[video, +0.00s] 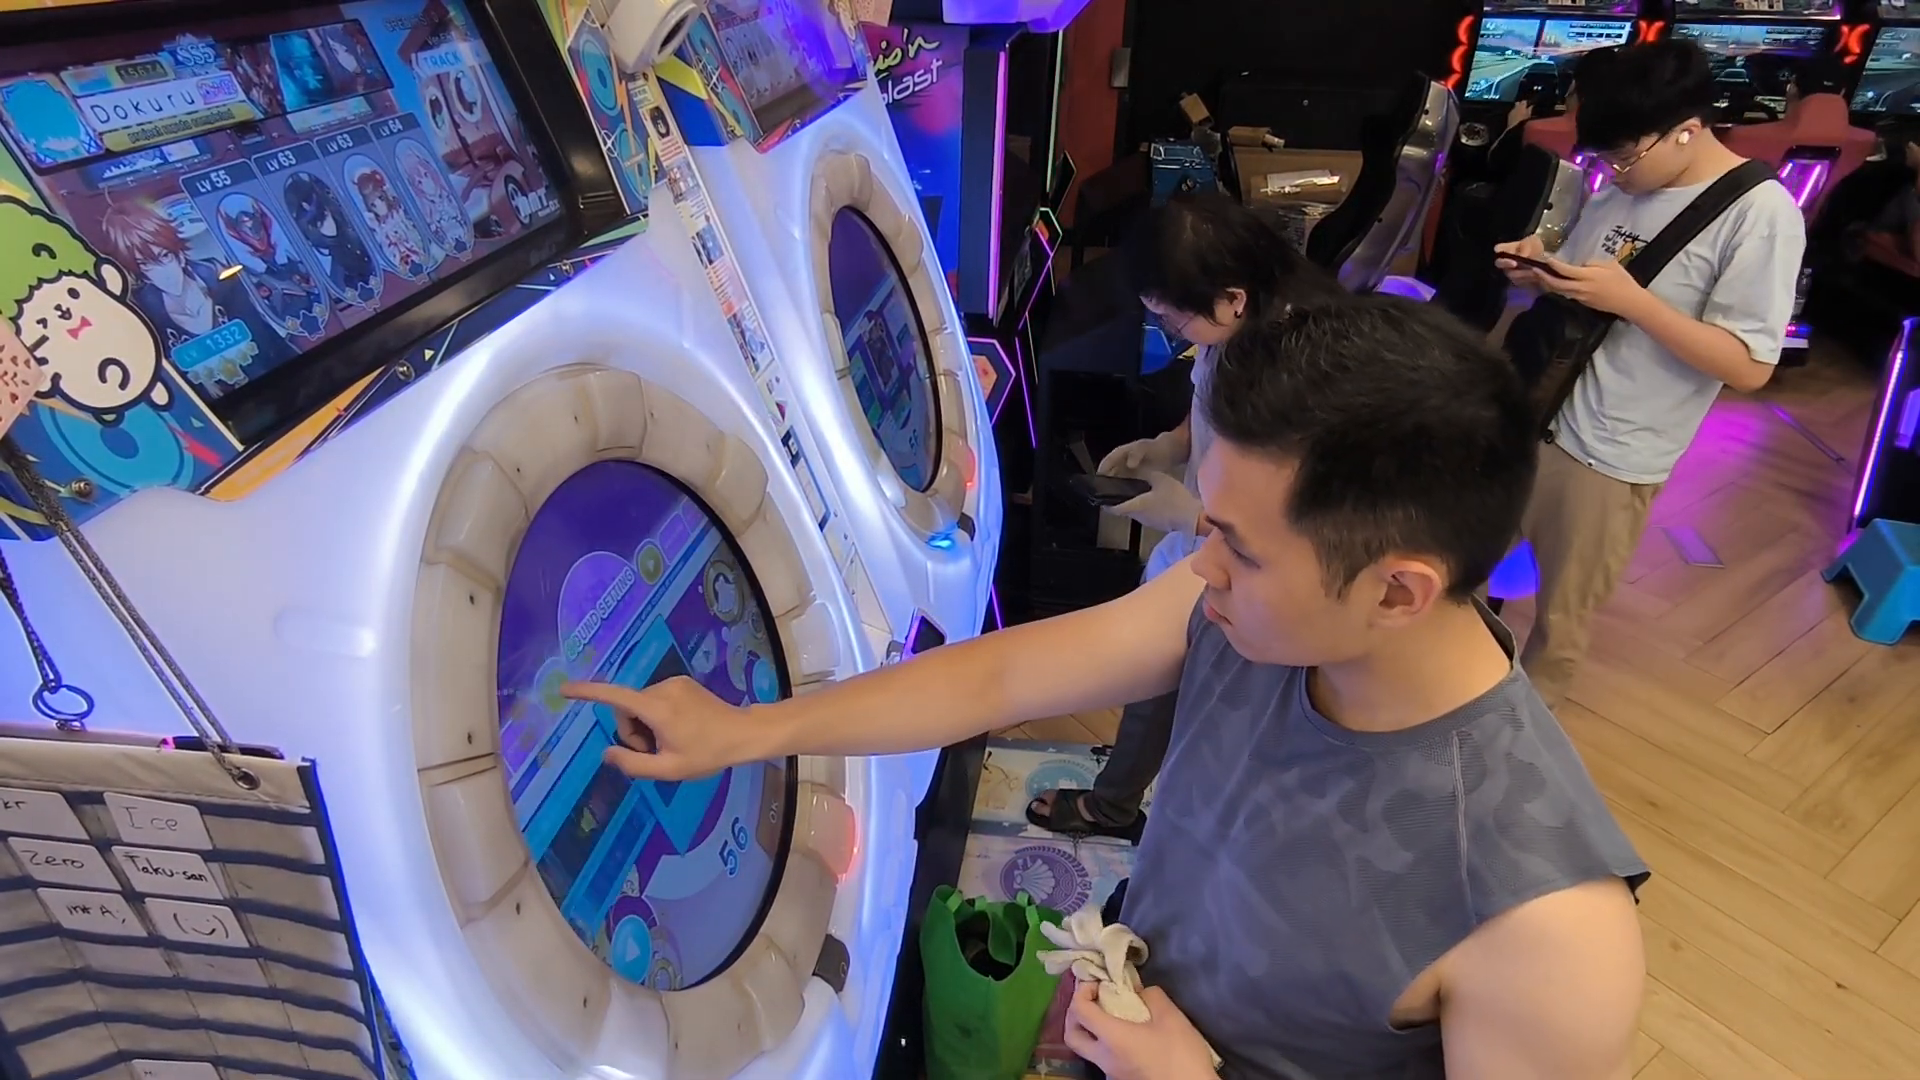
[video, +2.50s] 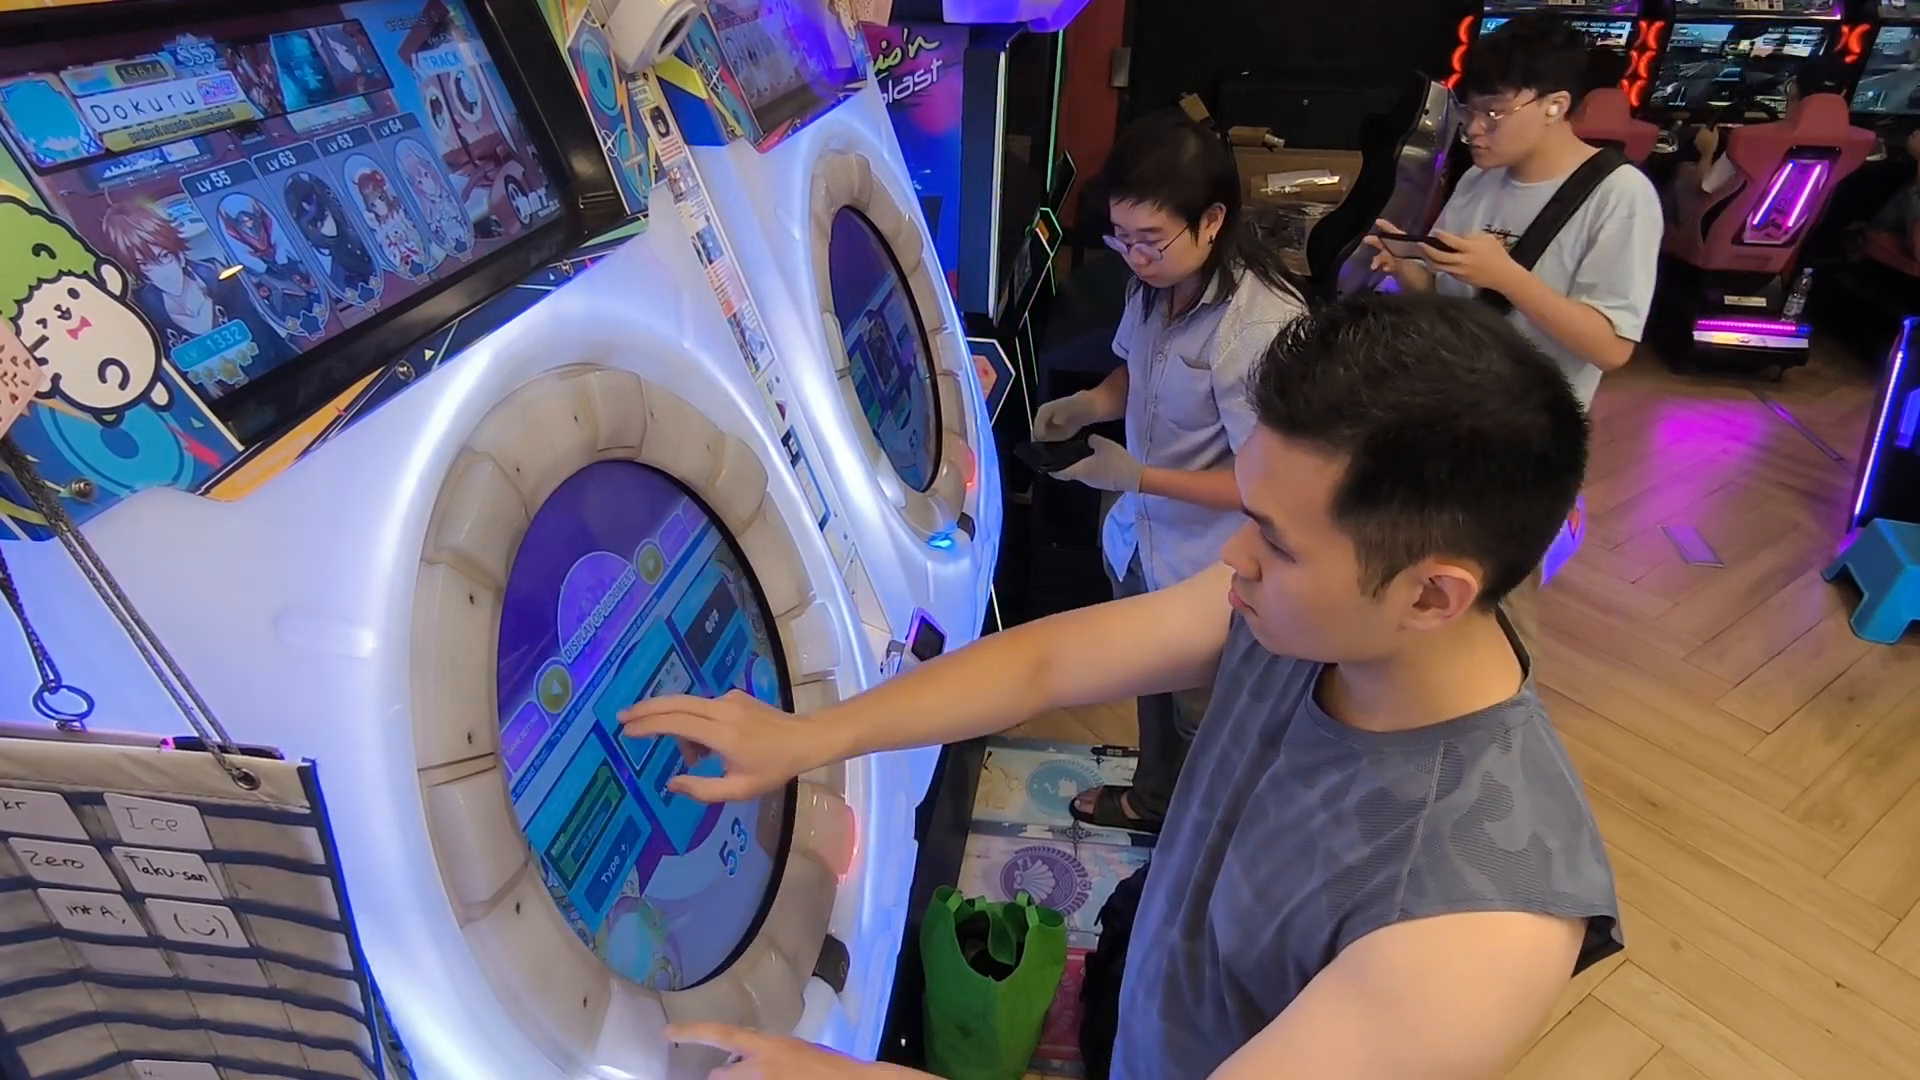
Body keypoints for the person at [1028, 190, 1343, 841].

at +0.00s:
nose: (1171, 334)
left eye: (1177, 320)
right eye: (1162, 320)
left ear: (1234, 301)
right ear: (1232, 301)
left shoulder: (1298, 370)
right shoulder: (1229, 332)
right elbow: (1207, 419)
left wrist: (1190, 510)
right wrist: (1163, 447)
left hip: (1260, 550)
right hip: (1199, 530)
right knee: (1160, 667)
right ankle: (1119, 795)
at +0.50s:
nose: (1128, 283)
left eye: (1134, 269)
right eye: (1122, 268)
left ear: (1192, 261)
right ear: (1187, 262)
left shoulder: (1255, 342)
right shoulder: (1196, 309)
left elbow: (1259, 518)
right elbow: (1185, 403)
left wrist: (1147, 504)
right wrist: (1123, 435)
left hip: (1218, 561)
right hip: (1167, 536)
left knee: (1189, 693)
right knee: (1155, 676)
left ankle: (1160, 804)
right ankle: (1149, 785)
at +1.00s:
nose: (1089, 252)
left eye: (1096, 237)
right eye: (1084, 237)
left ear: (1151, 231)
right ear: (1146, 231)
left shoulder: (1232, 323)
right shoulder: (1157, 289)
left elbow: (1244, 487)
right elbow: (1138, 391)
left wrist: (1129, 483)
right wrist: (1054, 430)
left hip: (1200, 550)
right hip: (1145, 528)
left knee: (1190, 699)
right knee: (1146, 679)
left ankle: (1179, 815)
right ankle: (1143, 792)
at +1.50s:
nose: (1093, 259)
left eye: (1101, 244)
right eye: (1085, 244)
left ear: (1158, 229)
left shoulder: (1235, 322)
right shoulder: (1148, 278)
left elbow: (1242, 476)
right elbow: (1133, 383)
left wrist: (1119, 475)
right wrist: (1063, 413)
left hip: (1203, 544)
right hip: (1143, 521)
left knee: (1193, 687)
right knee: (1148, 671)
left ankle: (1186, 807)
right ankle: (1152, 787)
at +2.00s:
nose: (1130, 233)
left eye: (1152, 214)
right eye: (1117, 212)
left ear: (1207, 212)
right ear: (1105, 209)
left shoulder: (1247, 324)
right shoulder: (1145, 284)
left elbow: (1259, 481)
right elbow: (1124, 379)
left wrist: (1134, 479)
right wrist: (1043, 414)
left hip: (1202, 567)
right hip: (1135, 534)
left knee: (1187, 706)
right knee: (1145, 684)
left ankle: (1173, 817)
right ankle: (1151, 789)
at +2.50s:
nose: (1133, 257)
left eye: (1152, 241)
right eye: (1122, 238)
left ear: (1212, 222)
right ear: (1111, 218)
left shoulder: (1260, 329)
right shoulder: (1152, 282)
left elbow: (1262, 486)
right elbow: (1135, 375)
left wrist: (1138, 476)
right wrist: (1088, 406)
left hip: (1211, 557)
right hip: (1145, 527)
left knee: (1198, 703)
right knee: (1151, 675)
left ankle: (1195, 836)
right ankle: (1153, 795)